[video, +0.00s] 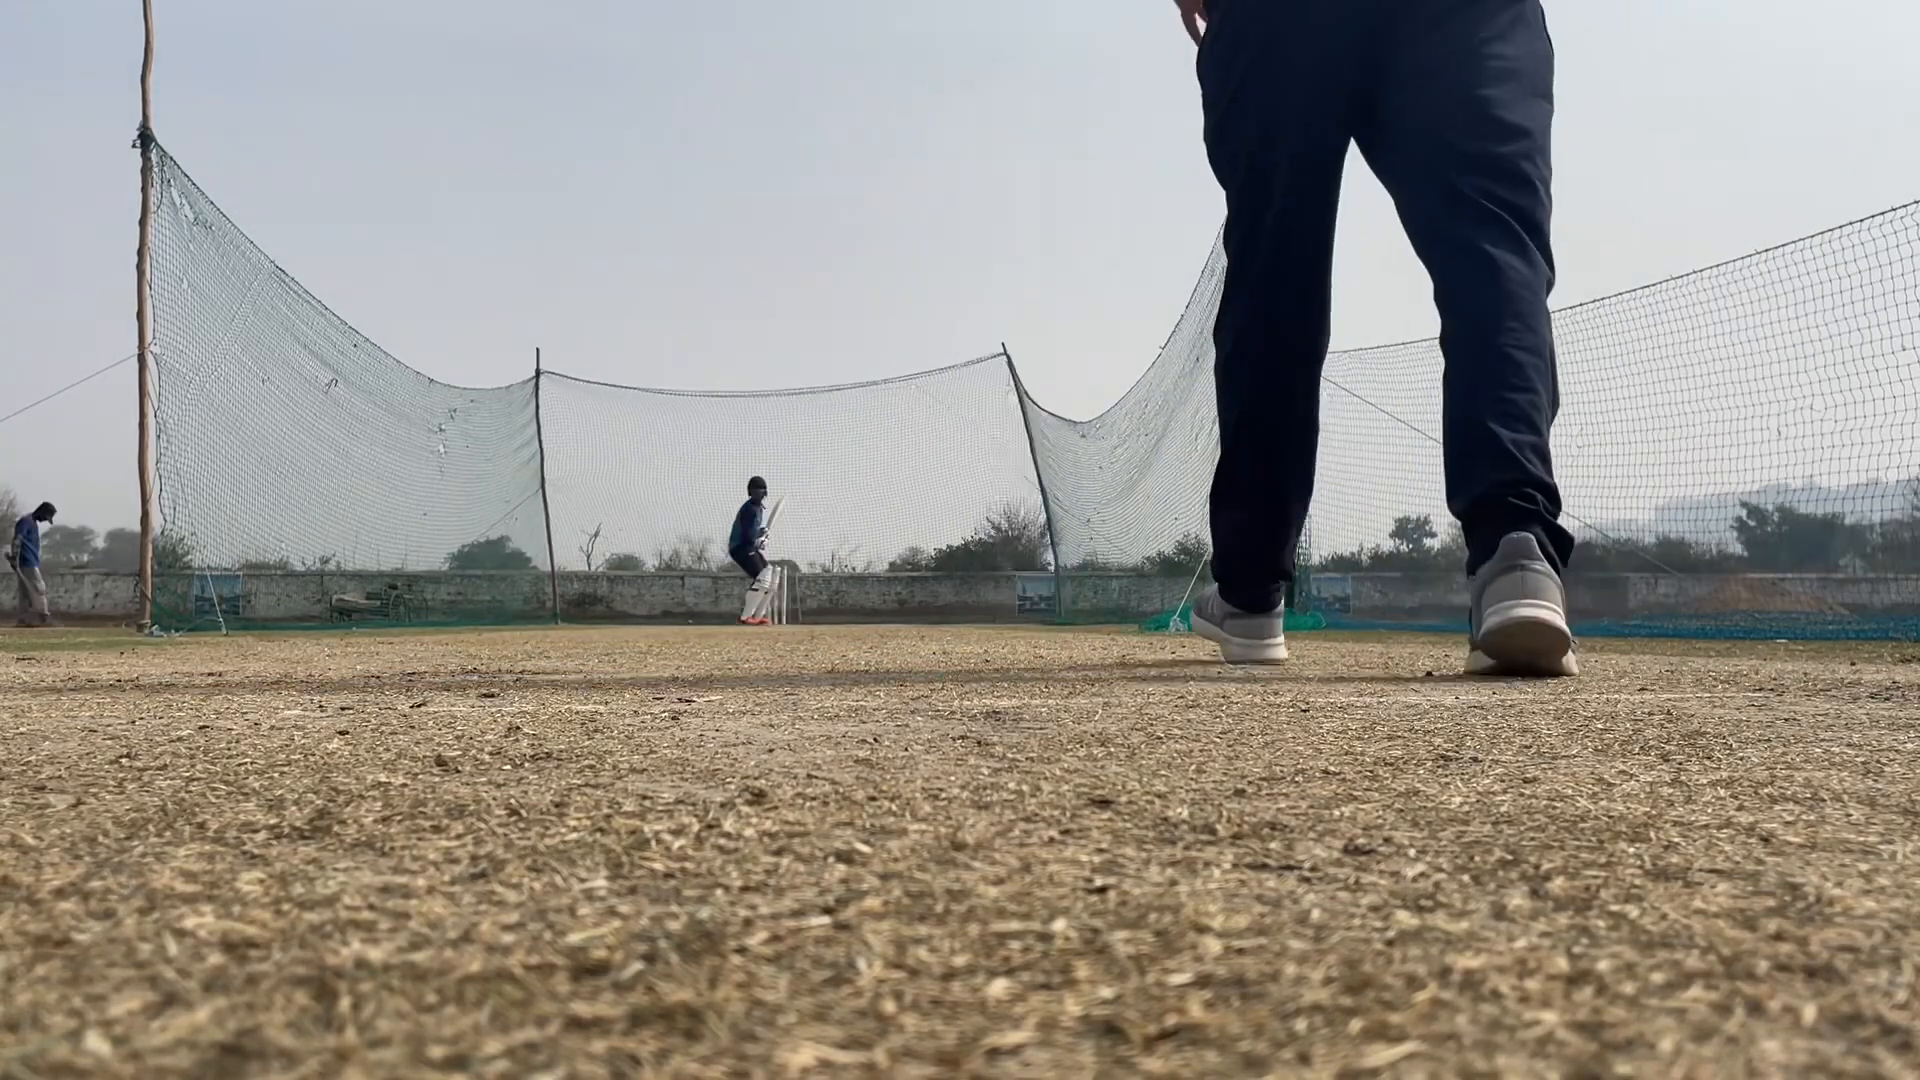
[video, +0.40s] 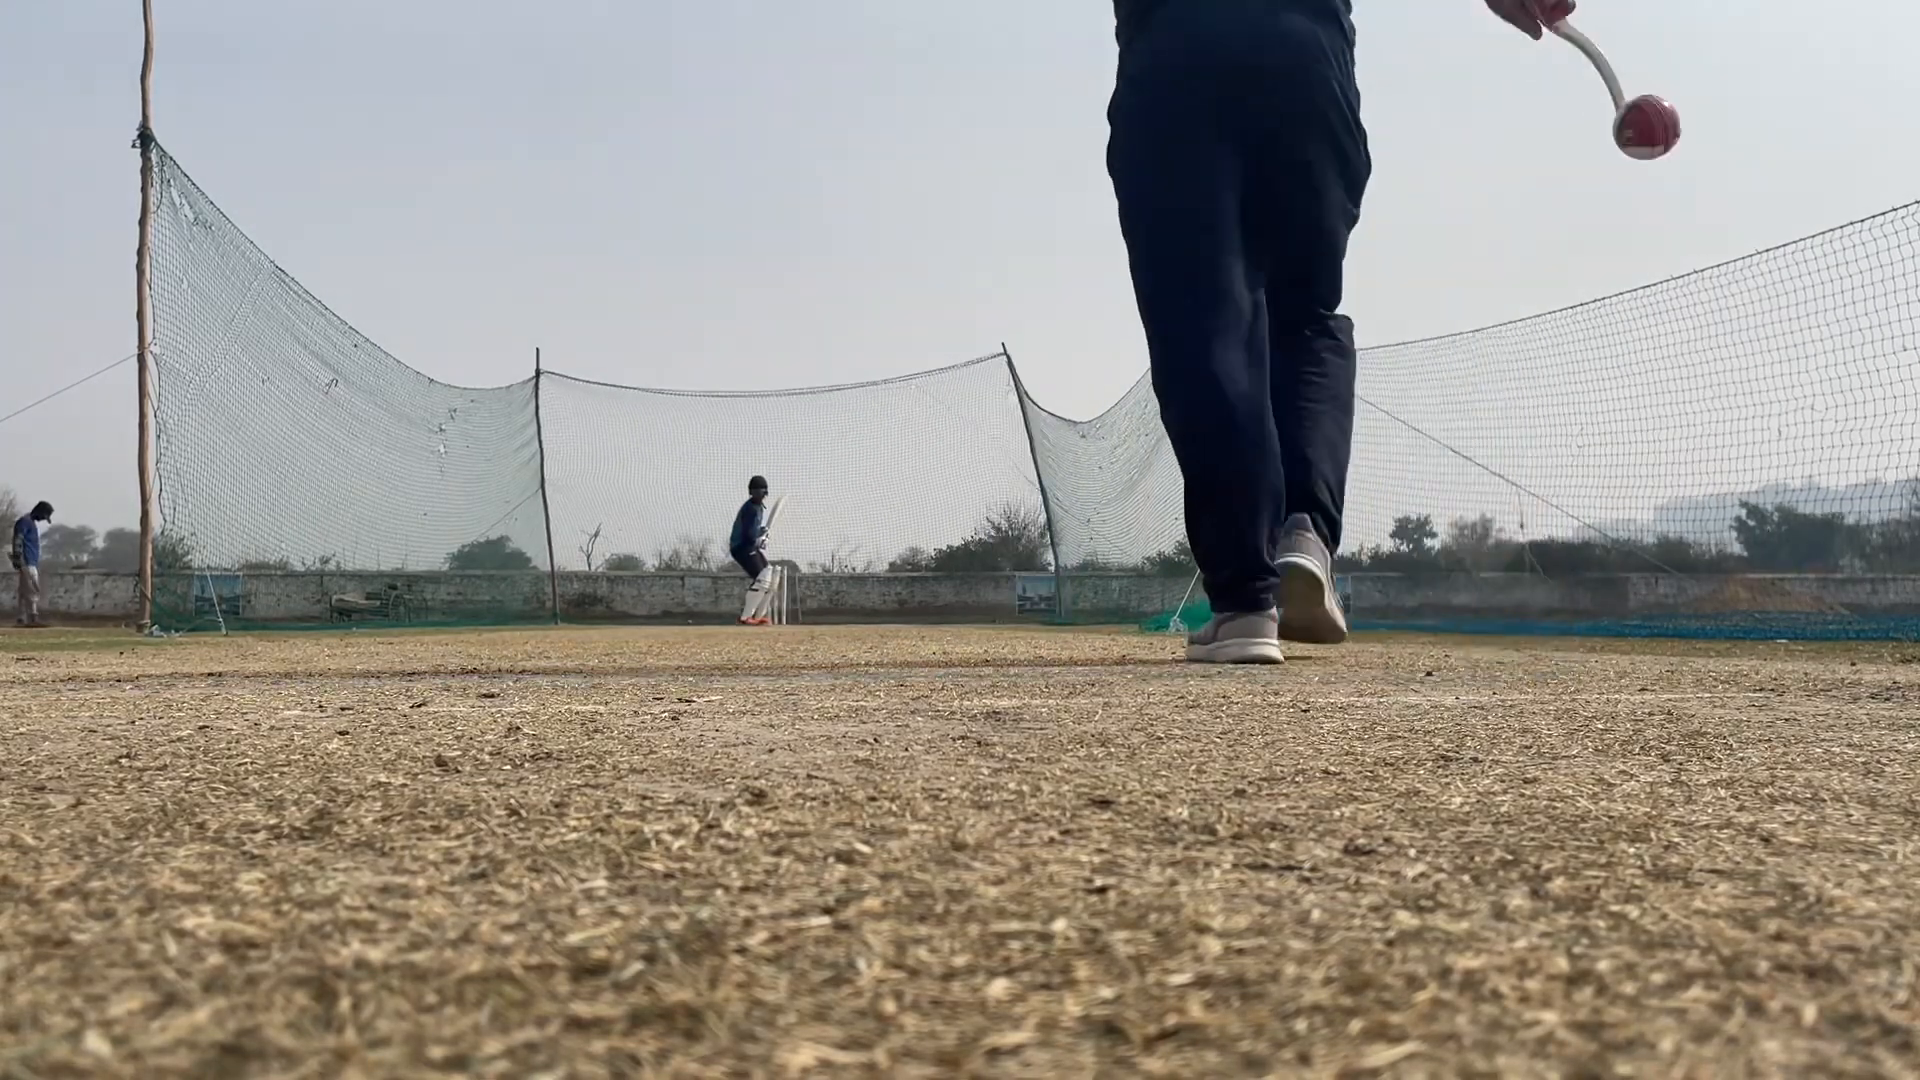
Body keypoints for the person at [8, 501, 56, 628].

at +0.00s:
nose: (46, 520)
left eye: (48, 518)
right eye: (47, 517)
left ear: (41, 513)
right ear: (42, 513)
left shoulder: (31, 523)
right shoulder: (26, 522)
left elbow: (21, 542)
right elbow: (17, 541)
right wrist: (15, 559)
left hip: (28, 561)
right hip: (27, 562)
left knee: (25, 591)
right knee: (39, 588)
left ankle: (23, 617)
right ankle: (43, 615)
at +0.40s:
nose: (42, 519)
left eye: (44, 517)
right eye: (44, 516)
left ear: (39, 512)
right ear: (39, 512)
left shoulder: (30, 523)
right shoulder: (24, 522)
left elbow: (25, 543)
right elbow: (18, 543)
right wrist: (21, 563)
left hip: (31, 562)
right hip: (27, 562)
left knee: (25, 591)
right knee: (32, 591)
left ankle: (21, 617)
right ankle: (33, 617)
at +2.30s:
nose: (30, 509)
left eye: (31, 506)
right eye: (28, 506)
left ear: (30, 507)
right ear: (21, 506)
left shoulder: (30, 524)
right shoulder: (9, 522)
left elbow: (34, 547)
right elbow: (4, 545)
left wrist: (41, 565)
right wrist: (4, 566)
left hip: (27, 565)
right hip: (13, 565)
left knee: (27, 592)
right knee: (12, 591)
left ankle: (22, 615)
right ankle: (22, 614)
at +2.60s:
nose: (15, 507)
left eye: (16, 504)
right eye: (11, 504)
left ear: (18, 505)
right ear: (6, 506)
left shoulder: (23, 522)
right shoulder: (2, 522)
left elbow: (26, 544)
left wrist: (29, 562)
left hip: (19, 563)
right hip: (4, 563)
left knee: (22, 591)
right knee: (4, 592)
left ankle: (21, 618)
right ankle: (3, 617)